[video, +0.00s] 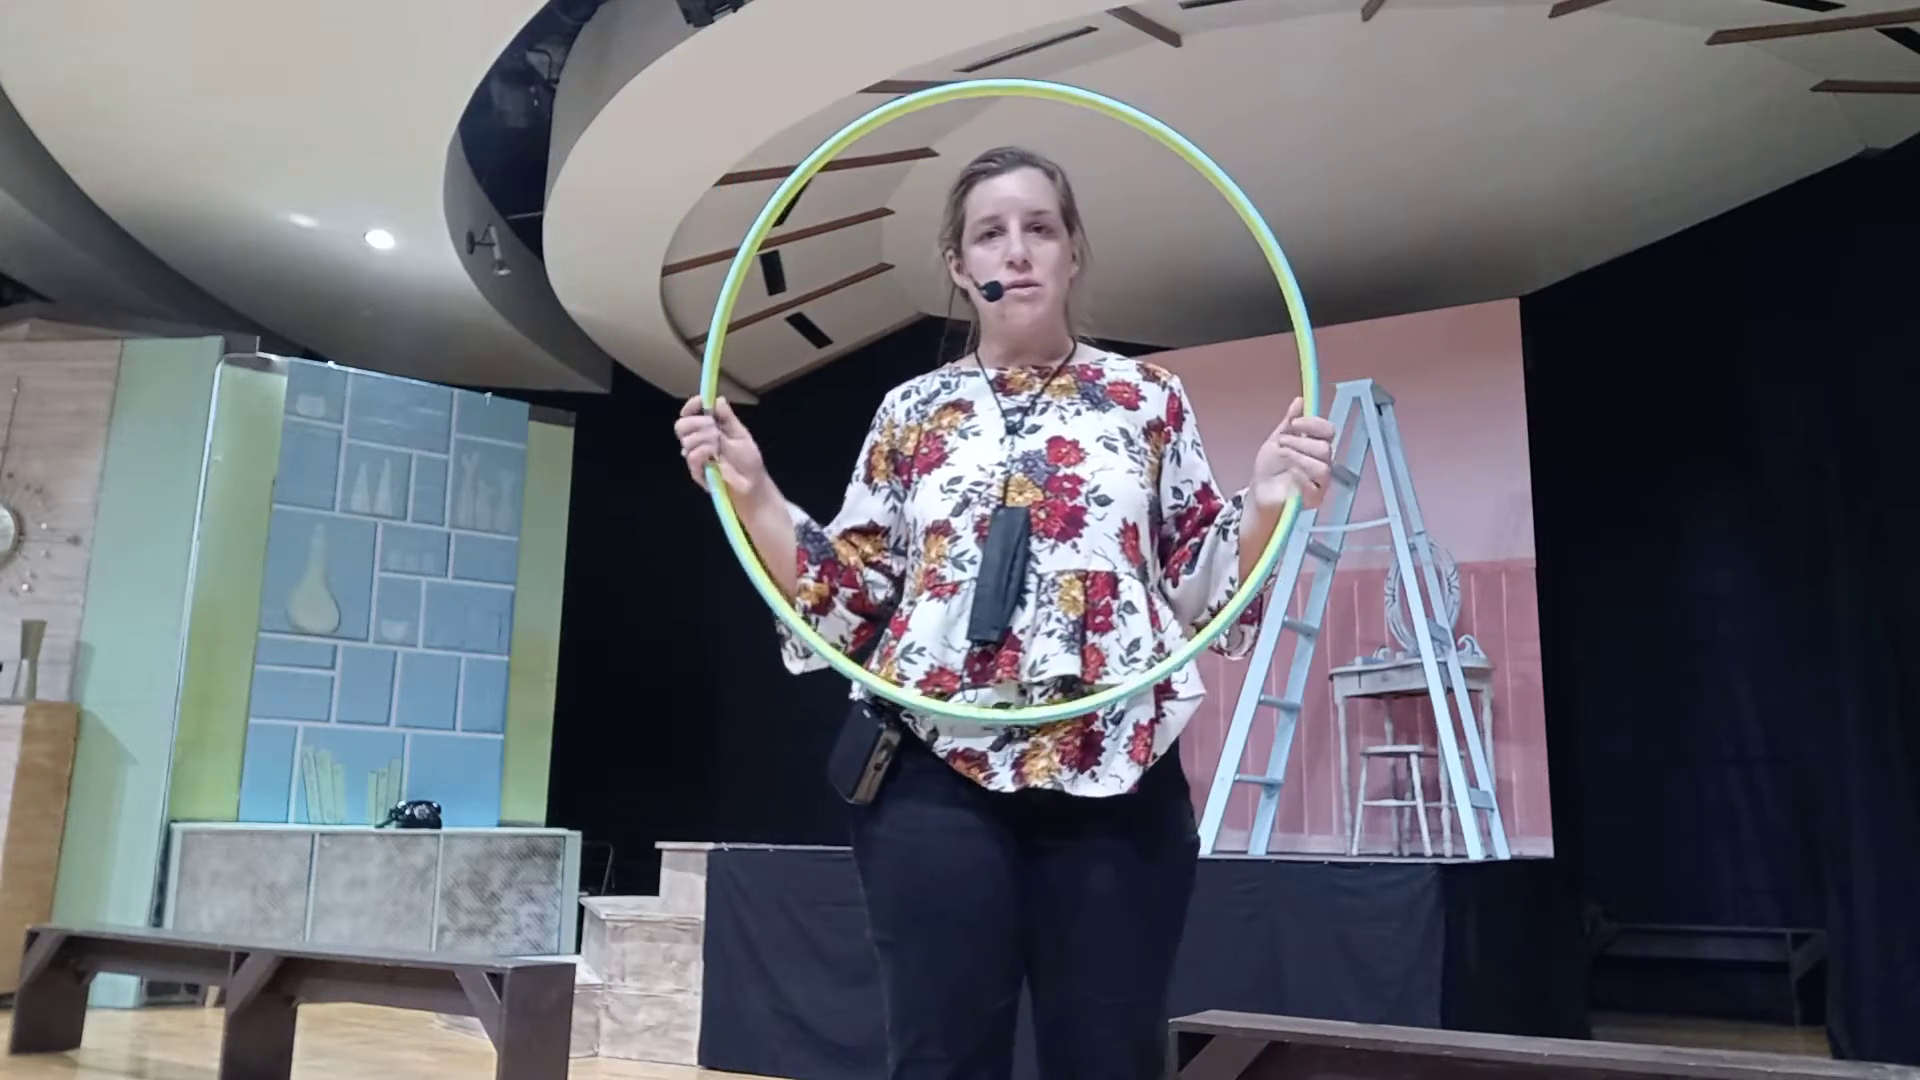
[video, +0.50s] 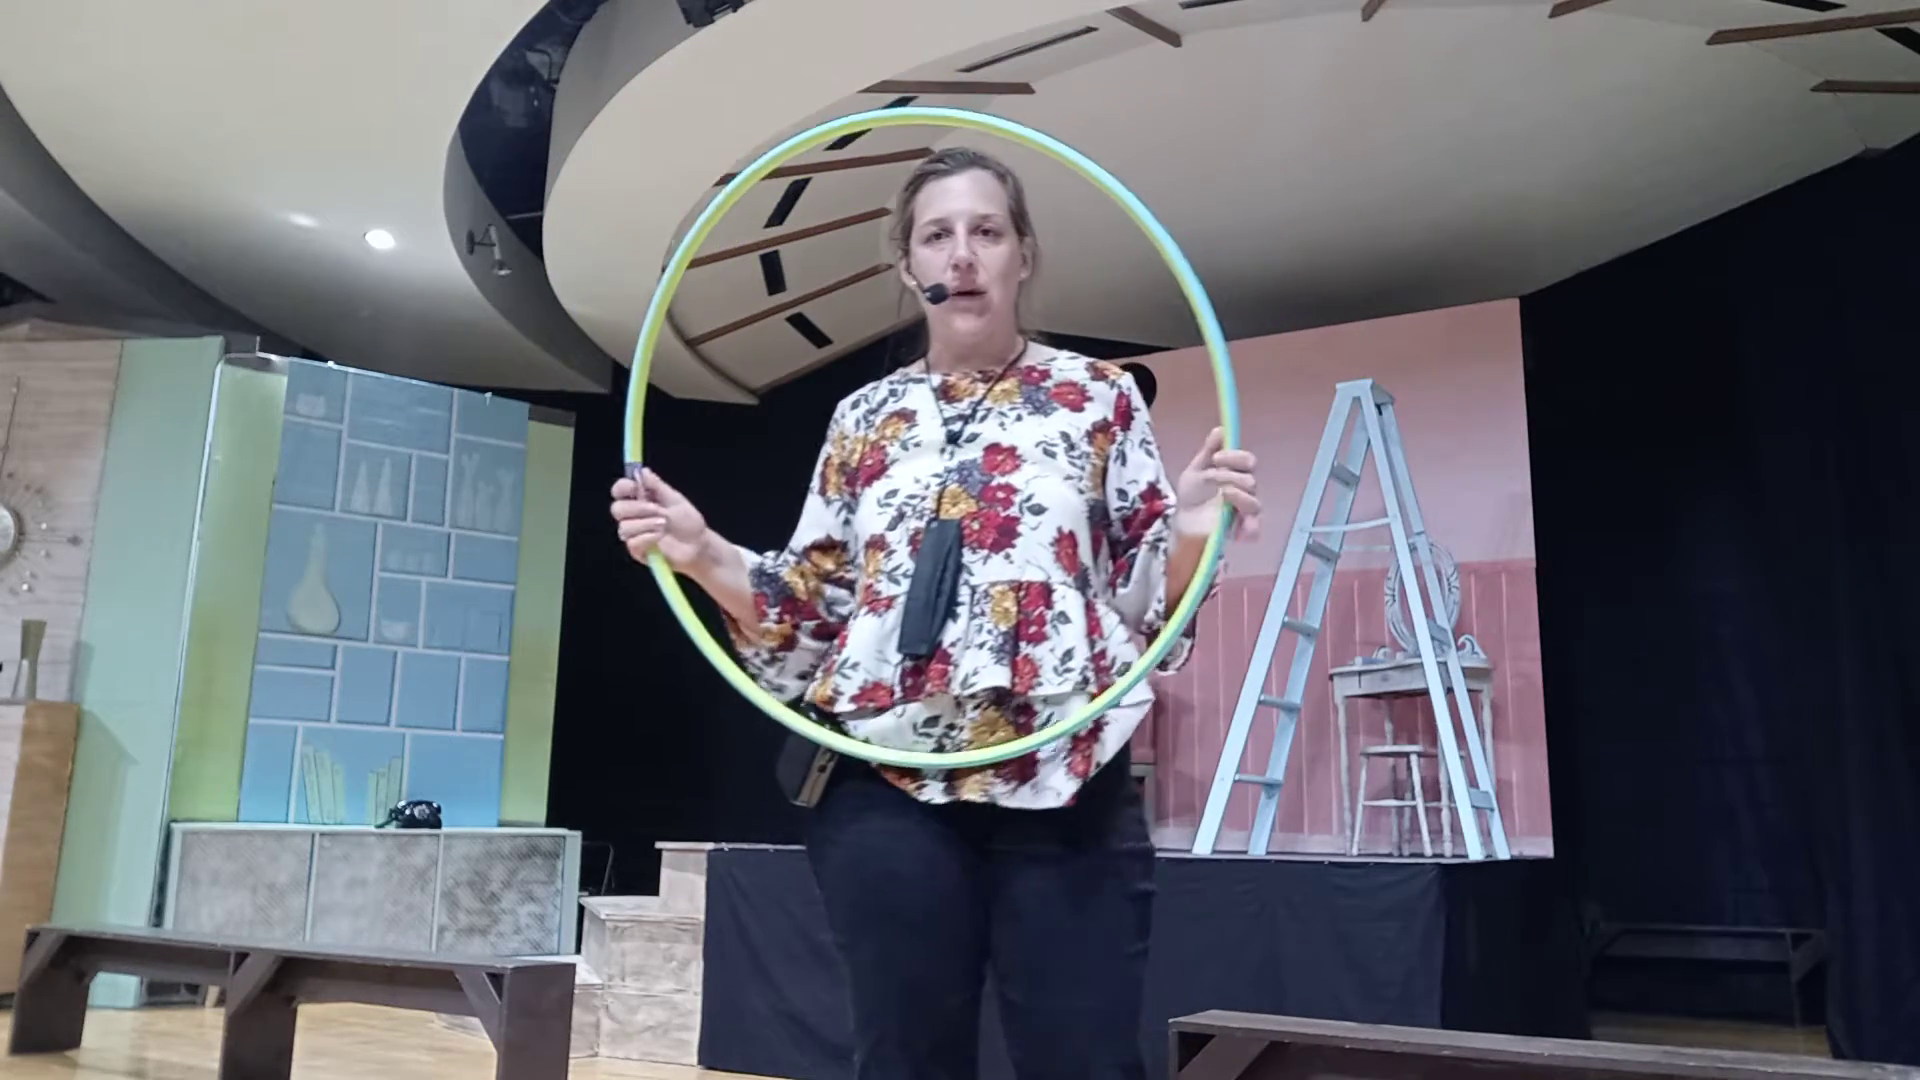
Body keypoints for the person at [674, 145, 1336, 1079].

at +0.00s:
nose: (1016, 250)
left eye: (1039, 229)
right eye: (990, 233)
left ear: (1076, 254)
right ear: (959, 268)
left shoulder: (1149, 400)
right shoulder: (913, 409)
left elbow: (1203, 603)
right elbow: (850, 603)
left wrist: (1265, 506)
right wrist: (755, 495)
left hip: (1116, 797)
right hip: (937, 793)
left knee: (1106, 1063)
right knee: (941, 1061)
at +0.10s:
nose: (999, 250)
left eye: (1024, 230)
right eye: (975, 235)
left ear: (1066, 253)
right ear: (951, 267)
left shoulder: (1141, 397)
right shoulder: (906, 411)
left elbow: (1204, 602)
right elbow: (846, 601)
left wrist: (1258, 506)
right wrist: (742, 508)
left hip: (1110, 798)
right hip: (932, 795)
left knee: (1103, 1062)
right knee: (936, 1061)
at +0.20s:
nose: (989, 254)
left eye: (1012, 232)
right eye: (966, 238)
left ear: (1057, 254)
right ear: (943, 270)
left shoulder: (1134, 398)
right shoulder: (899, 413)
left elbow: (1188, 606)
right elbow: (843, 604)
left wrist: (1243, 516)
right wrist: (730, 534)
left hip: (1101, 798)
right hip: (923, 795)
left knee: (1098, 1062)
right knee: (931, 1060)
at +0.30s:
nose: (983, 252)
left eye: (1007, 230)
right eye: (959, 235)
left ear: (1051, 254)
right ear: (933, 266)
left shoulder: (1125, 397)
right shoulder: (888, 415)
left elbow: (1171, 602)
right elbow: (838, 610)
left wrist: (1226, 524)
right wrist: (729, 549)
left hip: (1089, 796)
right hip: (911, 794)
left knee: (1089, 1061)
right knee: (922, 1059)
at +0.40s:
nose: (974, 252)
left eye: (998, 230)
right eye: (951, 233)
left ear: (1039, 255)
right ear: (921, 263)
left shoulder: (1114, 398)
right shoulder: (877, 417)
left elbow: (1156, 599)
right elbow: (826, 614)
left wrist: (1213, 525)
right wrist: (718, 554)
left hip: (1079, 801)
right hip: (900, 799)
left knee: (1086, 1063)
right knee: (915, 1061)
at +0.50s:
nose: (959, 252)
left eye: (983, 231)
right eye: (936, 234)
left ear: (1026, 258)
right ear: (908, 265)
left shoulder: (1101, 399)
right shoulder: (863, 419)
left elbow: (1141, 605)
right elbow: (816, 615)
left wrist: (1194, 532)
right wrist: (704, 551)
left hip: (1070, 800)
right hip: (890, 798)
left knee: (1082, 1063)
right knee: (907, 1060)